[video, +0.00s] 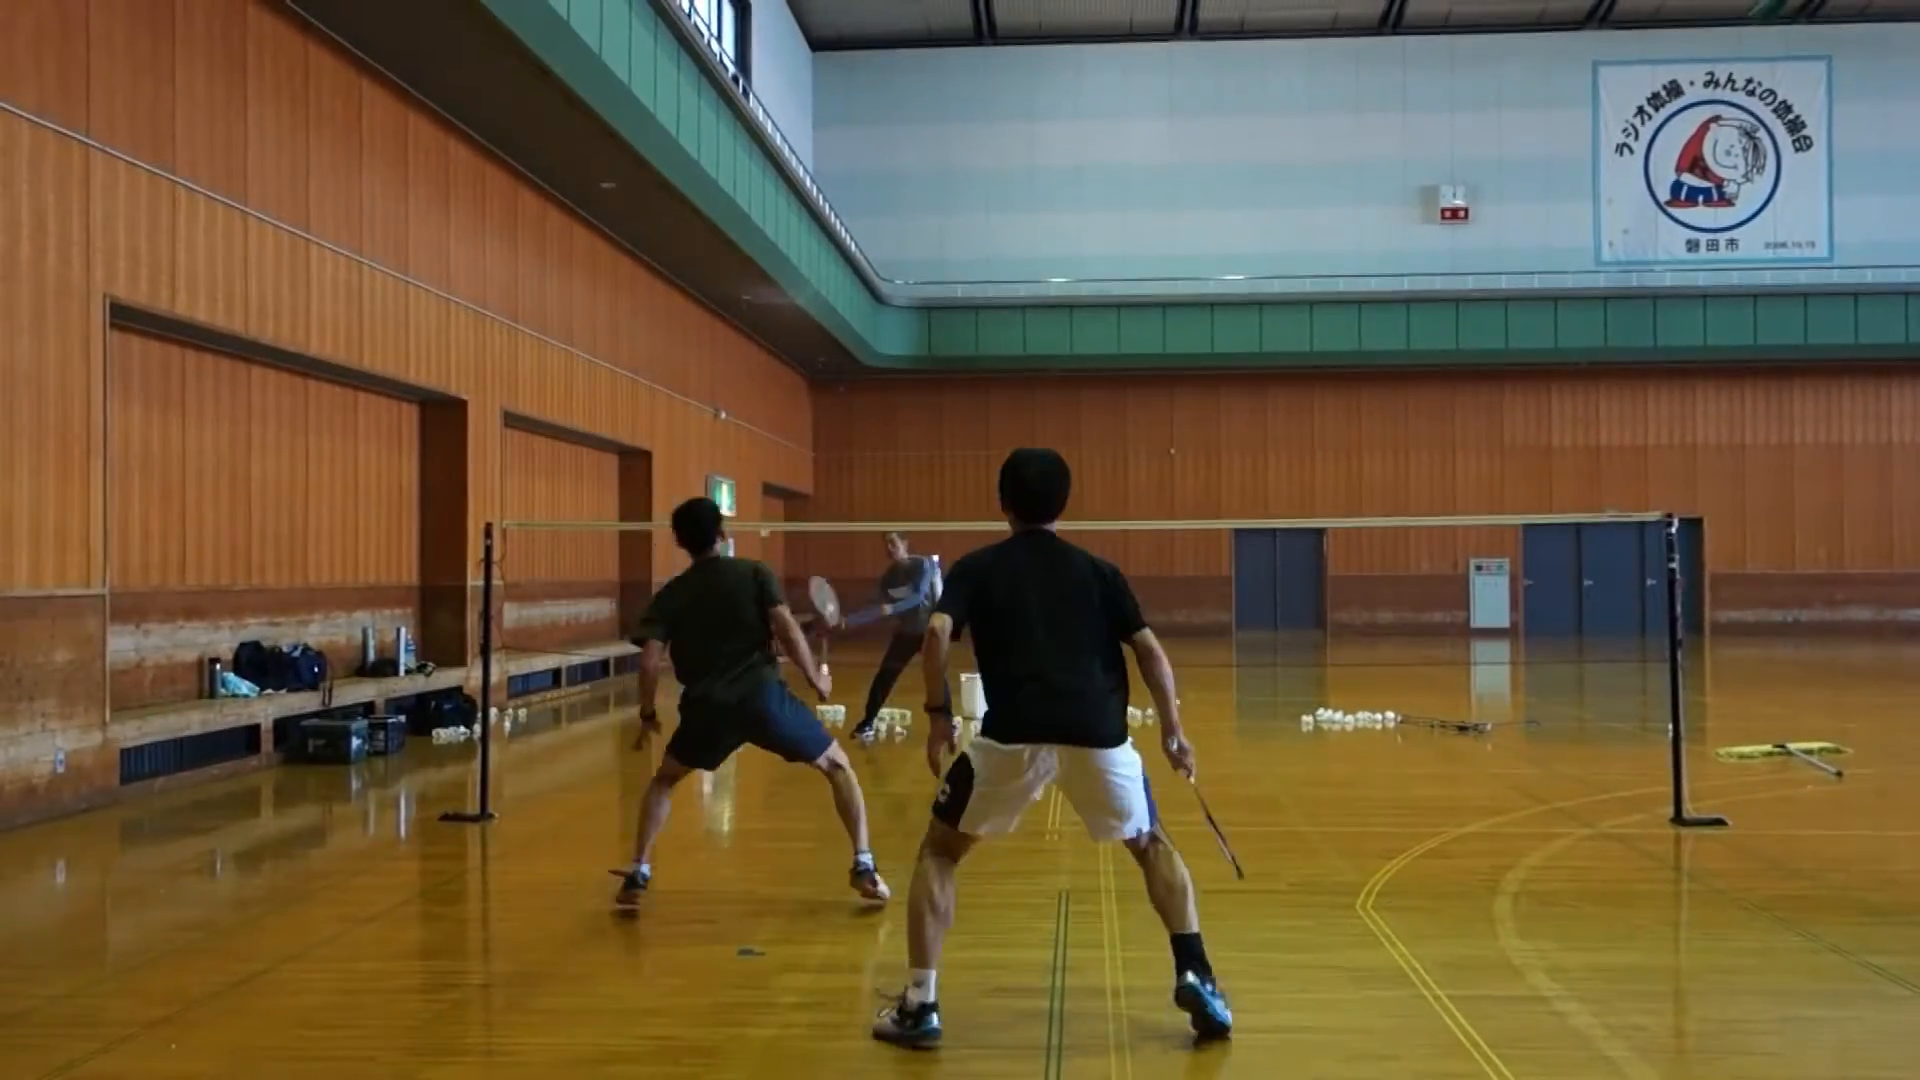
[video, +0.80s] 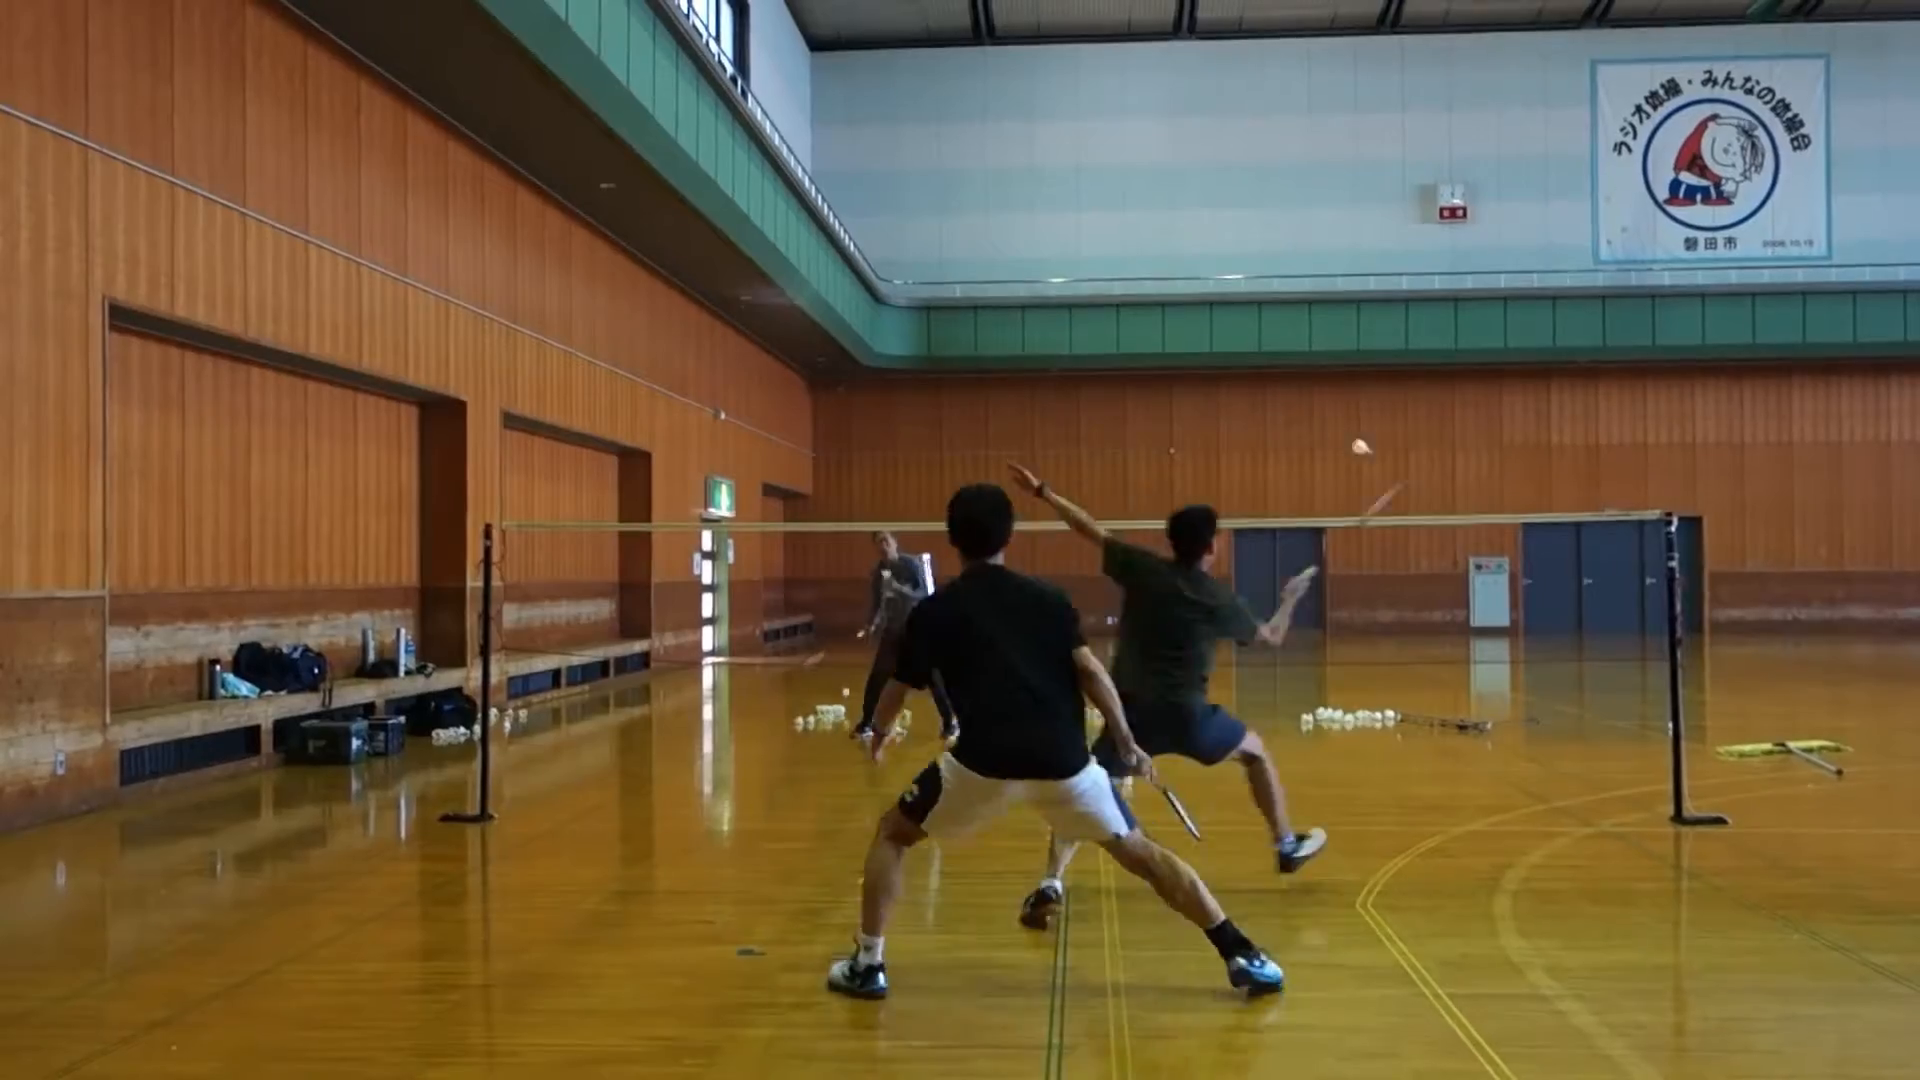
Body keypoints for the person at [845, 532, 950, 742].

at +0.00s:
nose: (890, 548)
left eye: (893, 543)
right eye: (887, 544)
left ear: (905, 543)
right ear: (886, 547)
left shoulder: (923, 565)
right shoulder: (888, 579)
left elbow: (920, 596)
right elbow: (883, 609)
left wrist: (893, 608)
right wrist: (849, 621)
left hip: (931, 629)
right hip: (907, 631)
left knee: (937, 674)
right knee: (886, 675)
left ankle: (948, 722)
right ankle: (868, 721)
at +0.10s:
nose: (895, 547)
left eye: (898, 541)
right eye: (891, 543)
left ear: (908, 542)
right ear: (889, 546)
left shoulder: (926, 565)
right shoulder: (890, 573)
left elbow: (936, 595)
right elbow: (881, 599)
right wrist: (874, 622)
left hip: (927, 630)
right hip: (902, 632)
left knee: (940, 676)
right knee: (885, 677)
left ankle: (953, 725)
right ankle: (867, 723)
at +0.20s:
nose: (896, 544)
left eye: (899, 539)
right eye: (892, 540)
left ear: (909, 541)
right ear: (890, 545)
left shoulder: (927, 563)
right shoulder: (890, 574)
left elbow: (946, 591)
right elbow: (894, 602)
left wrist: (941, 617)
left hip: (930, 629)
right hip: (905, 630)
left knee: (940, 676)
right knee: (885, 674)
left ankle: (950, 721)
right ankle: (867, 717)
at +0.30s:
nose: (898, 545)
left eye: (901, 540)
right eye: (894, 542)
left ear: (910, 542)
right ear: (891, 546)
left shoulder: (928, 563)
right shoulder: (892, 574)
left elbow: (949, 587)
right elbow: (901, 599)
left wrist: (950, 614)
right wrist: (927, 608)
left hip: (930, 627)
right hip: (906, 629)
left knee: (937, 674)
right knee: (894, 672)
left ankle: (949, 719)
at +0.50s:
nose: (899, 546)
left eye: (901, 541)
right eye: (894, 543)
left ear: (908, 542)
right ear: (889, 548)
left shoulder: (926, 565)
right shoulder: (887, 576)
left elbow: (942, 593)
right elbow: (888, 610)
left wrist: (941, 622)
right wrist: (907, 627)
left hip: (929, 633)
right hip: (901, 635)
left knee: (939, 678)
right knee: (884, 676)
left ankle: (938, 725)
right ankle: (868, 722)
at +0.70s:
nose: (890, 544)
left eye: (893, 538)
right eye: (885, 540)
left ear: (900, 541)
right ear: (880, 545)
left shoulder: (920, 564)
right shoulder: (880, 574)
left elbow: (939, 589)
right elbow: (877, 604)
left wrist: (929, 608)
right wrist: (877, 625)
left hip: (923, 631)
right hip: (897, 631)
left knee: (934, 678)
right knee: (879, 678)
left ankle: (948, 721)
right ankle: (867, 723)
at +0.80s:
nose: (884, 546)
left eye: (886, 541)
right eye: (879, 542)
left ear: (895, 542)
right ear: (876, 547)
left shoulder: (913, 565)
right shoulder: (879, 572)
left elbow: (924, 595)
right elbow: (876, 601)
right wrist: (870, 624)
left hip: (917, 631)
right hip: (891, 631)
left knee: (934, 677)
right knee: (878, 676)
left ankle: (949, 721)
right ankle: (867, 721)